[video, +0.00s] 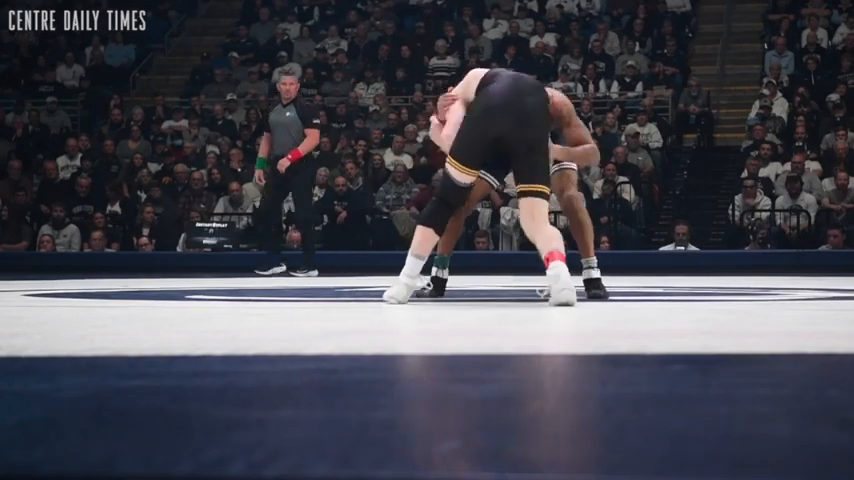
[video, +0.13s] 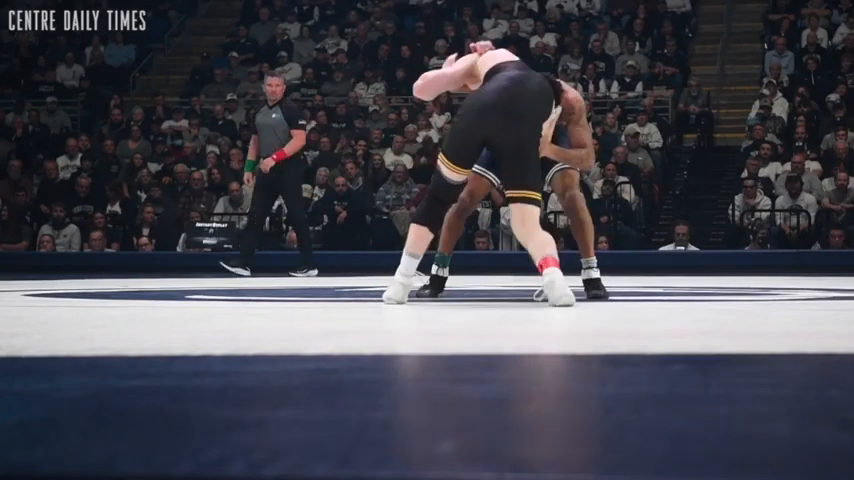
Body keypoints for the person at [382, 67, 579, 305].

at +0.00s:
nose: (450, 119)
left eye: (446, 114)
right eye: (446, 116)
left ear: (450, 100)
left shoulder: (460, 93)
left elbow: (450, 141)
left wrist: (436, 134)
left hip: (489, 108)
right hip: (535, 113)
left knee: (445, 201)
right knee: (536, 217)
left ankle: (406, 281)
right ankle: (559, 274)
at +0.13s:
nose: (458, 86)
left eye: (458, 80)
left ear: (464, 61)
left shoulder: (471, 63)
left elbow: (420, 89)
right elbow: (541, 144)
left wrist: (446, 67)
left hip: (496, 95)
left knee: (438, 197)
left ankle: (402, 281)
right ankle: (554, 277)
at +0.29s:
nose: (561, 99)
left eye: (565, 94)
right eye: (562, 92)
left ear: (539, 54)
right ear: (552, 76)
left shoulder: (491, 36)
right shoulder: (539, 80)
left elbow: (435, 29)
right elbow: (544, 124)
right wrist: (563, 95)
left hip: (440, 101)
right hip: (486, 113)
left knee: (419, 190)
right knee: (518, 208)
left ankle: (396, 281)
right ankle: (553, 282)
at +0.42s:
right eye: (550, 59)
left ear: (525, 35)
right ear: (546, 55)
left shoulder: (491, 28)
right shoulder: (533, 69)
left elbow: (451, 32)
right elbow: (539, 107)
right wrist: (558, 74)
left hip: (431, 98)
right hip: (474, 109)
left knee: (414, 192)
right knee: (502, 201)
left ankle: (397, 281)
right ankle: (517, 280)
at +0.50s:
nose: (549, 56)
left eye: (549, 48)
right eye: (549, 50)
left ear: (520, 32)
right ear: (541, 48)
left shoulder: (492, 29)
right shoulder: (536, 69)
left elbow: (448, 37)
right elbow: (536, 110)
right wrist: (551, 72)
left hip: (436, 95)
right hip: (479, 104)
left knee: (417, 188)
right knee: (494, 197)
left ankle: (398, 281)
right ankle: (507, 283)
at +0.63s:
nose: (546, 58)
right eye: (547, 55)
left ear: (518, 35)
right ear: (543, 50)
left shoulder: (490, 34)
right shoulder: (540, 73)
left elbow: (445, 59)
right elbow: (534, 116)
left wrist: (477, 55)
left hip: (448, 103)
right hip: (492, 114)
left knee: (426, 191)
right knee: (499, 195)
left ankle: (400, 281)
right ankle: (510, 284)